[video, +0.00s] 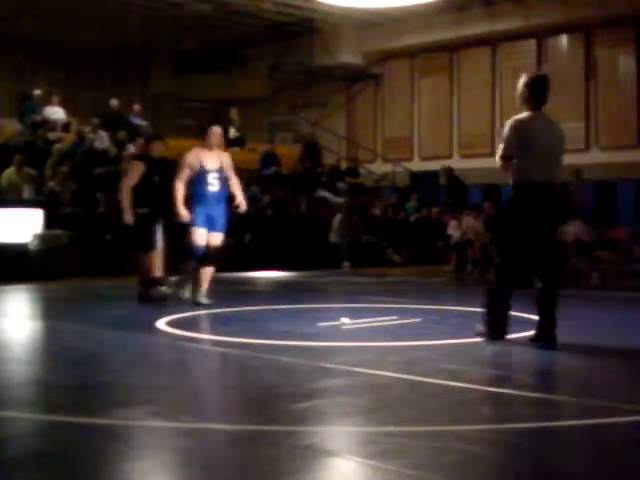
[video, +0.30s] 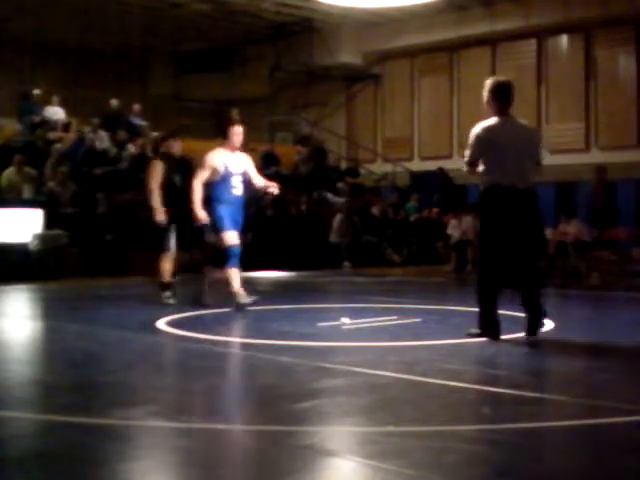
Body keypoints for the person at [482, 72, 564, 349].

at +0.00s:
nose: (518, 95)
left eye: (520, 90)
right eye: (520, 89)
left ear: (525, 94)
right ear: (545, 95)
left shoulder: (518, 124)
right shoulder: (555, 128)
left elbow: (504, 159)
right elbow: (556, 159)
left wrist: (520, 169)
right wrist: (528, 164)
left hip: (523, 198)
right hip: (550, 197)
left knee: (509, 260)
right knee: (548, 265)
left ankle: (496, 325)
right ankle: (547, 330)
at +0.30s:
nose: (486, 102)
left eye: (486, 97)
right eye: (488, 97)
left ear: (489, 100)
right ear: (511, 100)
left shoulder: (482, 131)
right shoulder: (528, 131)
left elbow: (471, 165)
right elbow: (537, 165)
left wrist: (488, 167)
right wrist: (514, 165)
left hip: (494, 199)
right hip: (523, 199)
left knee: (489, 260)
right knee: (525, 260)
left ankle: (489, 325)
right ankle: (534, 319)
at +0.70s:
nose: (461, 106)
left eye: (462, 102)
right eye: (463, 101)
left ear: (467, 103)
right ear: (486, 103)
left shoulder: (462, 133)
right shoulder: (504, 133)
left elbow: (450, 166)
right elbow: (512, 165)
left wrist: (466, 168)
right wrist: (491, 168)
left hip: (473, 199)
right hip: (499, 199)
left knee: (476, 258)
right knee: (487, 257)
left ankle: (488, 321)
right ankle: (474, 312)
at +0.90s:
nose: (454, 107)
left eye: (456, 102)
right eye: (455, 101)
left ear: (464, 104)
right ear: (479, 104)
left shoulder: (460, 131)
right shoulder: (493, 134)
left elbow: (448, 162)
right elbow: (502, 167)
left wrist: (450, 175)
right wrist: (484, 174)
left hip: (468, 197)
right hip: (491, 198)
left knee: (471, 257)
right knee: (481, 257)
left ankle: (483, 317)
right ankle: (475, 312)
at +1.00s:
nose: (452, 107)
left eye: (454, 102)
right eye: (453, 102)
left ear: (462, 103)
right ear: (476, 104)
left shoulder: (459, 130)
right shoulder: (490, 132)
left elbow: (446, 159)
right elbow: (500, 166)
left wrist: (444, 169)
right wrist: (481, 173)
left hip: (466, 196)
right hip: (488, 196)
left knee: (463, 253)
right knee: (480, 253)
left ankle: (475, 312)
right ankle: (479, 310)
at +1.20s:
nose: (446, 111)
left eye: (447, 106)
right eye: (446, 106)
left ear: (454, 106)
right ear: (470, 106)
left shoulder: (455, 130)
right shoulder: (484, 134)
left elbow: (432, 158)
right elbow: (495, 167)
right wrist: (474, 168)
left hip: (461, 198)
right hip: (483, 198)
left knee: (453, 254)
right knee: (477, 254)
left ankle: (463, 318)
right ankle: (472, 314)